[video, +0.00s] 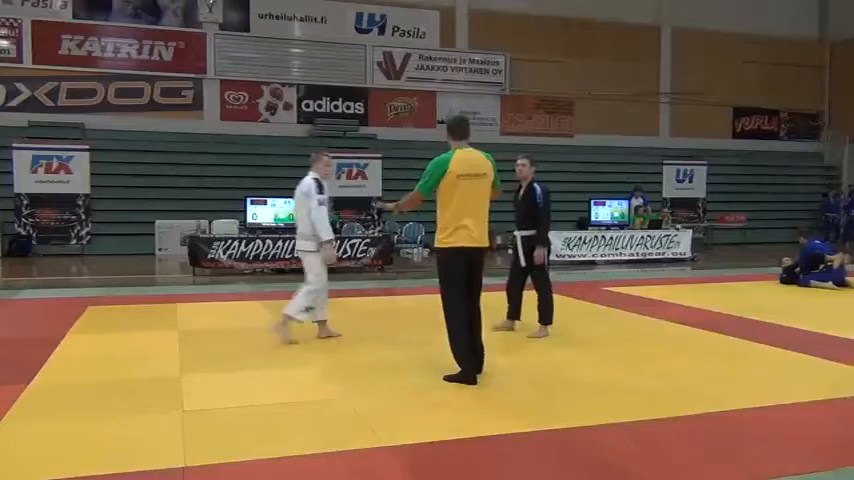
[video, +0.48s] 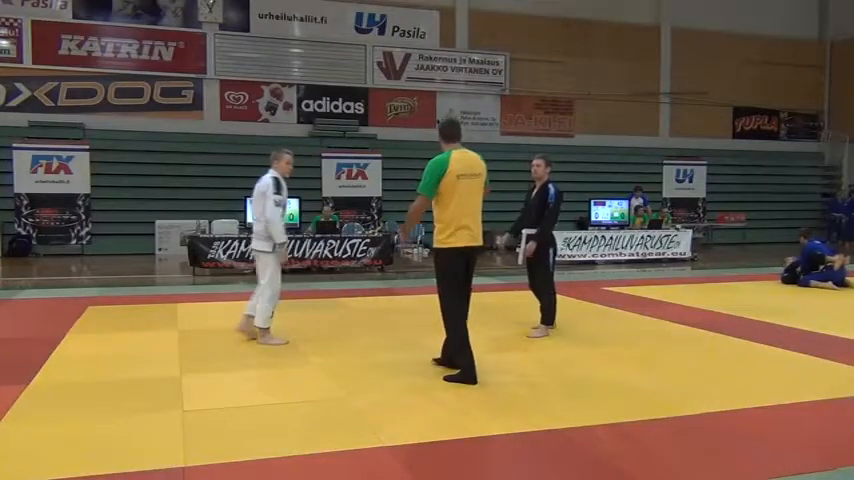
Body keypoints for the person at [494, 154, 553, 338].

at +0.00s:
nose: (519, 169)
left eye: (523, 166)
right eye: (517, 166)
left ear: (532, 169)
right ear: (516, 170)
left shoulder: (538, 190)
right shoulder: (519, 191)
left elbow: (543, 219)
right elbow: (521, 218)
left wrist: (541, 244)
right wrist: (518, 243)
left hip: (535, 240)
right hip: (521, 240)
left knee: (542, 284)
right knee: (514, 283)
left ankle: (544, 324)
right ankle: (511, 319)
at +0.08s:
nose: (521, 168)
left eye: (526, 165)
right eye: (520, 165)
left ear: (535, 169)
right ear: (520, 169)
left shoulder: (541, 190)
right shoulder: (522, 191)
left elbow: (544, 220)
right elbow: (523, 218)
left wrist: (541, 245)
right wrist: (520, 243)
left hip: (536, 240)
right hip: (523, 241)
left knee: (542, 284)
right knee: (517, 282)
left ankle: (545, 324)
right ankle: (518, 319)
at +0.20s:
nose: (526, 168)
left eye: (530, 165)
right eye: (525, 165)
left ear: (540, 169)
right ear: (525, 169)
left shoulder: (544, 190)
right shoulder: (527, 190)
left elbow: (544, 220)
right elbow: (525, 219)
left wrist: (538, 245)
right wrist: (521, 244)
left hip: (538, 239)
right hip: (525, 238)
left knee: (542, 282)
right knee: (522, 282)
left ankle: (545, 324)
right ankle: (533, 315)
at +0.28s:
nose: (529, 168)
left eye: (534, 165)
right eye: (528, 165)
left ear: (543, 169)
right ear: (527, 169)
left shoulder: (546, 190)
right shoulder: (529, 190)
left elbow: (545, 220)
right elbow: (525, 218)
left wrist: (537, 244)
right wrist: (519, 241)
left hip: (540, 239)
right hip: (526, 238)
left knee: (542, 282)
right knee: (527, 281)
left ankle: (545, 324)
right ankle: (541, 316)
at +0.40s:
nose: (533, 168)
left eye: (537, 165)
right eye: (532, 165)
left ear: (547, 168)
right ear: (531, 169)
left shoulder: (550, 190)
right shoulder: (532, 191)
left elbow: (547, 219)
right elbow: (525, 216)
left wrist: (534, 241)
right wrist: (511, 234)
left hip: (543, 241)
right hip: (529, 240)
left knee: (544, 282)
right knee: (532, 282)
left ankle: (546, 324)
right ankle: (545, 314)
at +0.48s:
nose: (534, 169)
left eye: (538, 166)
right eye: (533, 166)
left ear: (548, 169)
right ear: (531, 169)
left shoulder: (552, 191)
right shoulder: (532, 190)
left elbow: (549, 220)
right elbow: (524, 215)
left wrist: (535, 240)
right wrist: (510, 234)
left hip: (544, 241)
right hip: (529, 239)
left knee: (545, 282)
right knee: (534, 283)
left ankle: (546, 324)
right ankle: (547, 316)